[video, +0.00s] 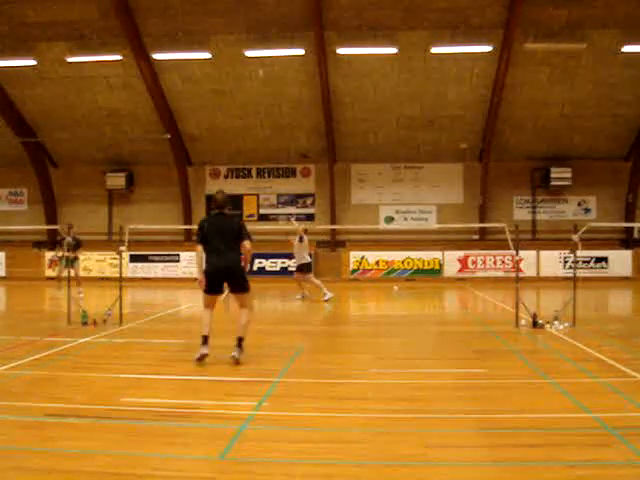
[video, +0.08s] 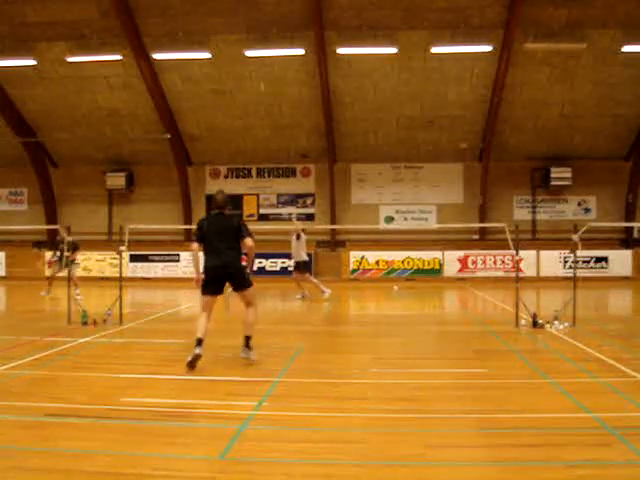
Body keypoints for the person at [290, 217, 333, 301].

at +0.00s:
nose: (299, 229)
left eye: (301, 228)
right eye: (299, 228)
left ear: (303, 231)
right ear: (299, 231)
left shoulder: (303, 238)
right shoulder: (297, 239)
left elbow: (300, 229)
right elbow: (295, 244)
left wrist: (294, 222)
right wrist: (291, 241)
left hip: (306, 261)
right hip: (299, 262)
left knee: (310, 278)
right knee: (297, 277)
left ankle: (326, 292)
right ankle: (303, 293)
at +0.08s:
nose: (296, 229)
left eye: (298, 227)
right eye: (295, 227)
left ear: (301, 229)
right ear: (295, 229)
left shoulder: (301, 237)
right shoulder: (294, 237)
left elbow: (298, 229)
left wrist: (294, 220)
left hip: (303, 260)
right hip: (297, 260)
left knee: (307, 276)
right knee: (295, 277)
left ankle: (325, 290)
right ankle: (303, 292)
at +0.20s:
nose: (295, 221)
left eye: (297, 220)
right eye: (295, 219)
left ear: (300, 222)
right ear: (294, 220)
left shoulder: (299, 229)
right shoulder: (291, 229)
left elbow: (298, 228)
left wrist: (297, 226)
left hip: (297, 251)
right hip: (291, 251)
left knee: (299, 269)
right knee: (294, 270)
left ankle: (312, 281)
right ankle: (300, 288)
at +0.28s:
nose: (294, 221)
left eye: (296, 220)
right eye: (294, 219)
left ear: (299, 221)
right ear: (292, 220)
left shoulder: (297, 228)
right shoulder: (291, 229)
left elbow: (298, 227)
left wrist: (297, 225)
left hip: (297, 250)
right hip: (290, 250)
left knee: (298, 268)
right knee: (292, 268)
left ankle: (309, 280)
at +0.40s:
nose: (293, 219)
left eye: (295, 218)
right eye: (293, 217)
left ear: (297, 221)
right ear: (292, 219)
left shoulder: (298, 229)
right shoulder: (285, 226)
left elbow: (305, 237)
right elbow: (276, 221)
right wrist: (285, 217)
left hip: (293, 251)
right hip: (285, 250)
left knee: (295, 270)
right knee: (286, 270)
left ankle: (300, 288)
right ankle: (288, 287)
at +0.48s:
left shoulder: (295, 236)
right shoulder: (282, 234)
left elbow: (302, 245)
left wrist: (299, 248)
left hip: (291, 256)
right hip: (282, 255)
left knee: (291, 274)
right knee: (281, 275)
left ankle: (297, 291)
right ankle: (281, 290)